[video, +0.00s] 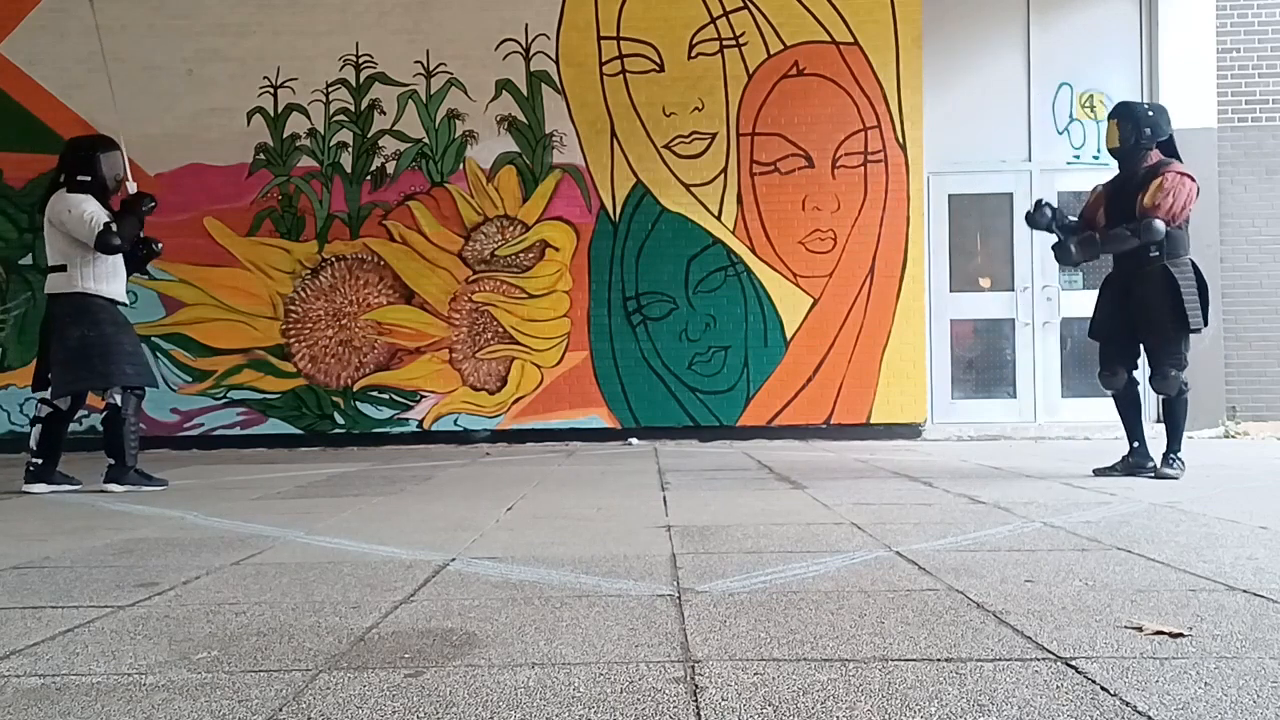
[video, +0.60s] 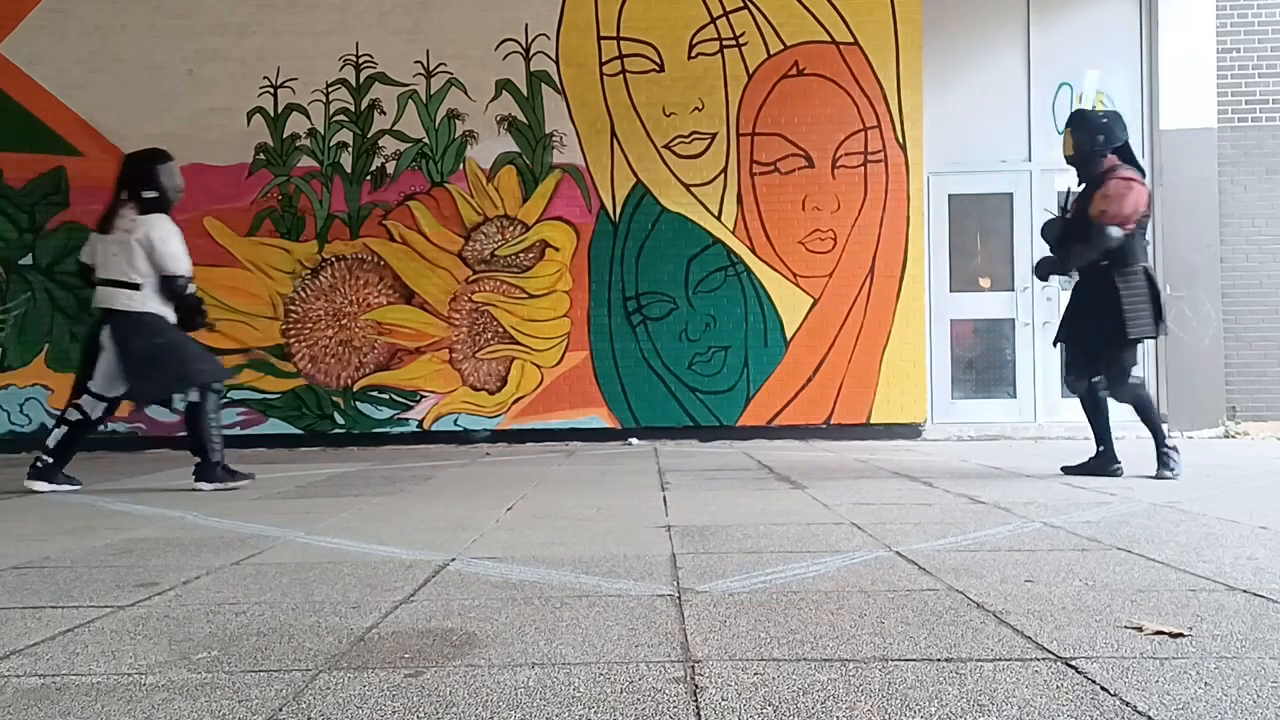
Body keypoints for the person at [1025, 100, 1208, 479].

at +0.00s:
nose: (1111, 139)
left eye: (1119, 130)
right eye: (1110, 131)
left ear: (1144, 133)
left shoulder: (1173, 179)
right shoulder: (1112, 189)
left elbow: (1150, 229)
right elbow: (1088, 229)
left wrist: (1087, 248)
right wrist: (1057, 221)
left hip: (1165, 283)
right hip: (1122, 284)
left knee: (1168, 375)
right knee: (1115, 371)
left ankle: (1173, 455)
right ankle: (1139, 454)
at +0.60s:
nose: (1070, 151)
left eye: (1075, 142)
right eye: (1069, 142)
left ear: (1098, 143)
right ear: (1100, 143)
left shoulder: (1122, 185)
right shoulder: (1094, 184)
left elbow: (1097, 243)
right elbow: (1076, 235)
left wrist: (1054, 263)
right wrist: (1056, 229)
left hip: (1122, 288)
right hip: (1092, 289)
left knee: (1120, 380)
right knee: (1081, 375)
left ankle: (1164, 446)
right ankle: (1106, 456)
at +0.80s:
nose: (1042, 159)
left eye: (1047, 151)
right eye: (1041, 151)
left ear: (1069, 151)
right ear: (1077, 151)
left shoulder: (1086, 189)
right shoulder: (1085, 185)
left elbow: (1047, 237)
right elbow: (1059, 228)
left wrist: (1002, 248)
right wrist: (1032, 219)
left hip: (1095, 293)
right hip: (1094, 292)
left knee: (1055, 368)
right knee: (1063, 369)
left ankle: (1103, 454)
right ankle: (1086, 449)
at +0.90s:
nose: (1024, 163)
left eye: (1030, 155)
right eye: (1024, 155)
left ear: (1052, 156)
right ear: (1063, 157)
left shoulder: (1062, 195)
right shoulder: (1081, 190)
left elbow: (1019, 242)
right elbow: (1049, 229)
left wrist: (978, 245)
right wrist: (1019, 218)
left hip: (1079, 297)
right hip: (1098, 297)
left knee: (1028, 368)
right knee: (1062, 377)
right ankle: (1103, 456)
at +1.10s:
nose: (991, 172)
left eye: (996, 165)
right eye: (991, 165)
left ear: (1018, 167)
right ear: (1033, 169)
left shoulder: (1021, 206)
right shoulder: (1055, 201)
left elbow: (981, 254)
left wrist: (954, 260)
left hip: (1034, 308)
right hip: (1059, 306)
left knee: (977, 374)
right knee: (1039, 391)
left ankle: (948, 458)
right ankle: (1102, 456)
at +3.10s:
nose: (999, 170)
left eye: (1005, 163)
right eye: (998, 163)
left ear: (1028, 166)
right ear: (1030, 167)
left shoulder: (1041, 208)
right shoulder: (1028, 204)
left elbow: (1029, 268)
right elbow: (1023, 257)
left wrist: (981, 279)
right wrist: (996, 253)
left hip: (1054, 300)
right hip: (1055, 299)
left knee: (997, 360)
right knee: (1044, 386)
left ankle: (1005, 450)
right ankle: (1103, 449)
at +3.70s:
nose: (1038, 170)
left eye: (1046, 163)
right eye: (1039, 162)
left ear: (1074, 166)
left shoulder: (1090, 212)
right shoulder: (1043, 202)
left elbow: (1038, 252)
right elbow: (1021, 248)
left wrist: (974, 249)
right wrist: (972, 250)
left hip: (1064, 304)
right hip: (1038, 300)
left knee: (1005, 377)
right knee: (1022, 387)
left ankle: (982, 462)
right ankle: (1108, 438)